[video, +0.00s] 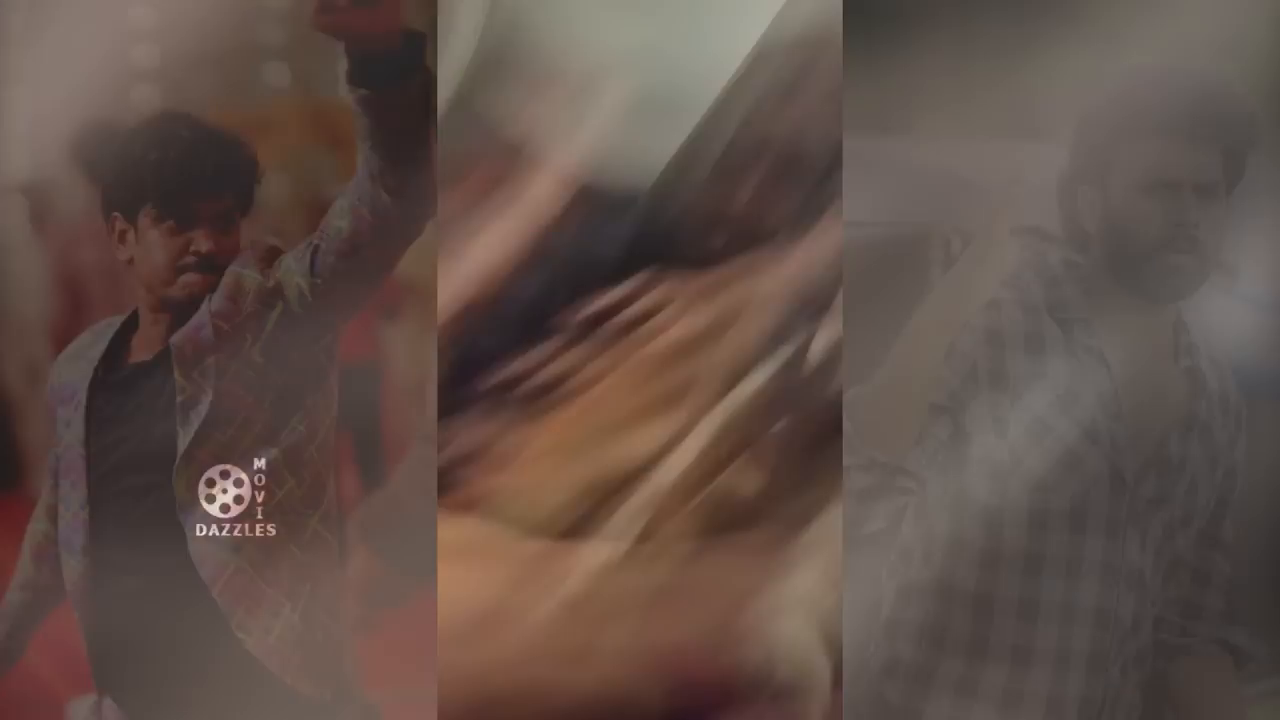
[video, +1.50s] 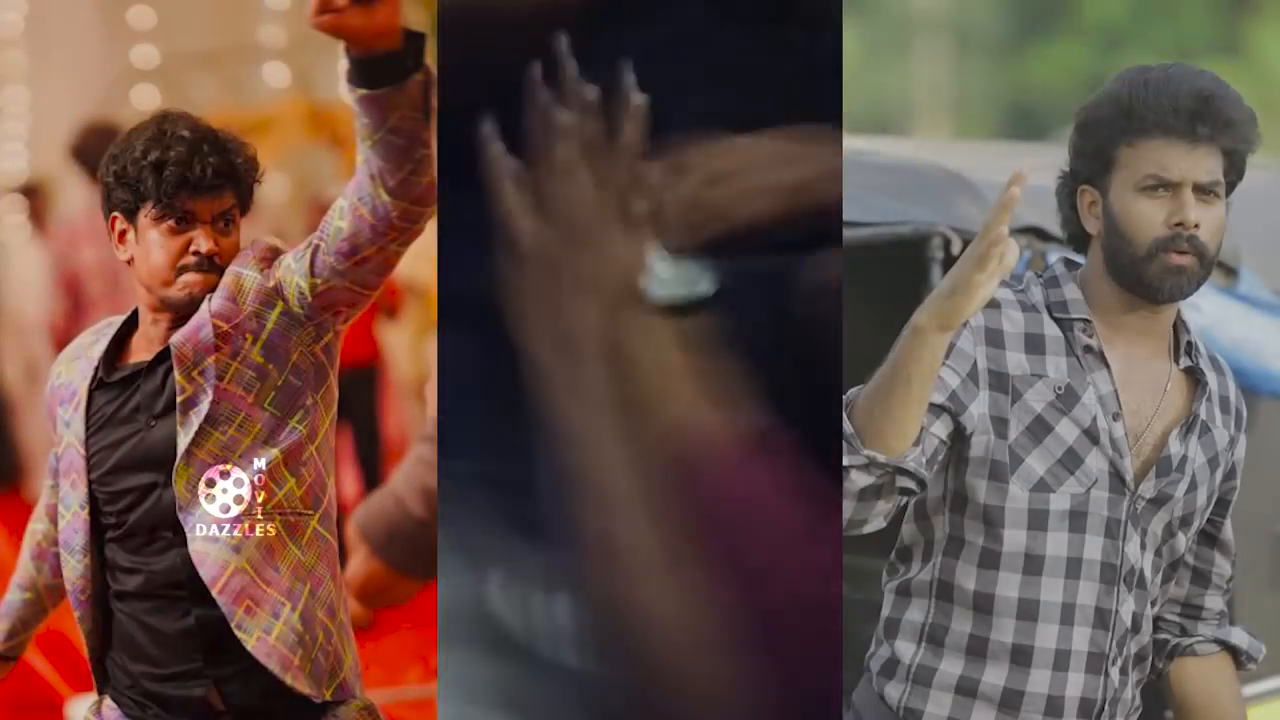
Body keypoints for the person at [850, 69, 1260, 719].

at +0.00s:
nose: (1188, 220)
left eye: (1206, 195)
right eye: (1160, 190)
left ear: (1228, 206)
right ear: (1086, 195)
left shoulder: (1212, 388)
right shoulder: (991, 315)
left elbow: (1193, 628)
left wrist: (1218, 694)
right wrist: (1096, 382)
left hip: (1102, 701)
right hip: (946, 698)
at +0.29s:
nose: (1187, 218)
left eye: (1207, 194)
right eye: (1156, 190)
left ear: (1229, 209)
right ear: (1092, 207)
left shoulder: (1218, 400)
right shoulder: (989, 321)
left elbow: (1191, 611)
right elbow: (853, 508)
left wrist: (1225, 707)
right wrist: (945, 308)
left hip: (1106, 709)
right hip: (941, 700)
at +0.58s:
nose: (1187, 218)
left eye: (1207, 194)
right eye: (1156, 190)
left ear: (1228, 210)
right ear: (1091, 208)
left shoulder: (1219, 400)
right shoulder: (987, 323)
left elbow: (1192, 616)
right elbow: (853, 508)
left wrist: (1225, 709)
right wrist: (937, 316)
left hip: (1107, 709)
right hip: (939, 701)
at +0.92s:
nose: (1187, 218)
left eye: (1207, 194)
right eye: (1157, 190)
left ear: (1228, 210)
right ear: (1092, 208)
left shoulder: (1219, 399)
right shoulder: (984, 328)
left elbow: (1193, 617)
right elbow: (853, 508)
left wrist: (1225, 711)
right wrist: (934, 323)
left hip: (1107, 710)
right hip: (935, 703)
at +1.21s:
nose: (1187, 217)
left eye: (1207, 194)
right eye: (1157, 190)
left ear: (1227, 209)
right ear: (1092, 209)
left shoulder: (1219, 399)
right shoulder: (984, 330)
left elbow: (1193, 618)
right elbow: (853, 507)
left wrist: (1225, 711)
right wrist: (934, 323)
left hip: (1106, 709)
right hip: (937, 701)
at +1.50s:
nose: (1187, 217)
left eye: (1207, 194)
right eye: (1157, 190)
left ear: (1227, 209)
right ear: (1092, 208)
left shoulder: (1219, 399)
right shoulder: (984, 329)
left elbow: (1193, 617)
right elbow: (853, 507)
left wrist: (1226, 710)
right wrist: (932, 326)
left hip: (1106, 709)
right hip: (936, 702)